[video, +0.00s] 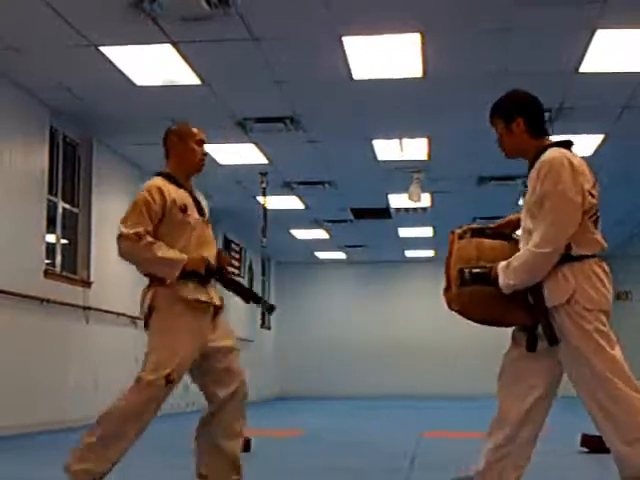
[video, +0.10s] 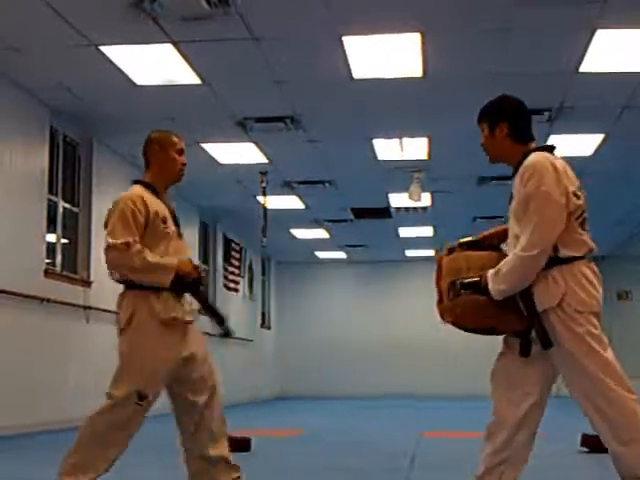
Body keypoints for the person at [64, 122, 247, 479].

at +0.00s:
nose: (204, 151)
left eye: (204, 145)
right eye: (198, 143)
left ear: (191, 150)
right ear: (174, 145)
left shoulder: (197, 200)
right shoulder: (157, 189)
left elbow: (191, 247)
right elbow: (130, 242)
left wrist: (218, 259)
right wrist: (185, 263)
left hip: (207, 306)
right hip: (176, 303)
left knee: (230, 391)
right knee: (153, 387)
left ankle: (219, 473)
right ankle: (84, 469)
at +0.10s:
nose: (184, 160)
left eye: (184, 154)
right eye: (177, 152)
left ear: (169, 160)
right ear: (153, 156)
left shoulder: (164, 208)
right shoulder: (133, 200)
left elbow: (160, 261)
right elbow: (120, 258)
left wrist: (186, 277)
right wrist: (175, 269)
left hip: (177, 311)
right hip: (148, 310)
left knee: (202, 397)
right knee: (129, 402)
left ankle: (215, 473)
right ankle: (76, 474)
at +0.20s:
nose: (162, 155)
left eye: (161, 149)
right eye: (156, 147)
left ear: (138, 151)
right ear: (133, 149)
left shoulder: (135, 198)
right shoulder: (116, 190)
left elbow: (121, 254)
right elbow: (108, 243)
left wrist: (160, 263)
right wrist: (162, 250)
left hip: (140, 300)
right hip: (119, 299)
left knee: (161, 394)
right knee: (104, 397)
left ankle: (204, 465)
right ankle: (75, 473)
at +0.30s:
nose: (138, 147)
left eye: (137, 141)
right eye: (132, 140)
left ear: (114, 145)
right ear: (110, 143)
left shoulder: (111, 185)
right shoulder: (97, 178)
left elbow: (101, 249)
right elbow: (105, 227)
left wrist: (136, 263)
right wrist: (160, 241)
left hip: (113, 293)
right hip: (92, 291)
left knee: (126, 384)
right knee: (88, 384)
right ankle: (74, 471)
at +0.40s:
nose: (113, 147)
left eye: (113, 140)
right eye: (107, 139)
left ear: (91, 144)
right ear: (85, 141)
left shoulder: (82, 183)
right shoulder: (77, 180)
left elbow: (82, 249)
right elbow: (104, 228)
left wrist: (118, 258)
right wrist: (159, 246)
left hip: (75, 291)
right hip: (68, 291)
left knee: (75, 381)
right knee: (77, 380)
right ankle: (68, 467)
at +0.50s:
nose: (91, 148)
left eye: (91, 142)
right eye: (86, 141)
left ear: (62, 145)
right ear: (63, 142)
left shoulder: (42, 185)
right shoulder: (59, 181)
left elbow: (52, 245)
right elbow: (80, 233)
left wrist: (97, 246)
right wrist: (133, 245)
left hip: (34, 292)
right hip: (52, 293)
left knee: (36, 386)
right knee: (61, 383)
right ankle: (67, 468)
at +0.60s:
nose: (72, 151)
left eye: (72, 145)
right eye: (68, 143)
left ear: (42, 145)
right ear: (45, 142)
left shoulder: (21, 184)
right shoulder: (41, 181)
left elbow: (30, 251)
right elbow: (53, 244)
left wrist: (74, 269)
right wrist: (95, 258)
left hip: (9, 289)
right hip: (24, 291)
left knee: (6, 374)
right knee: (45, 381)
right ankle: (64, 468)